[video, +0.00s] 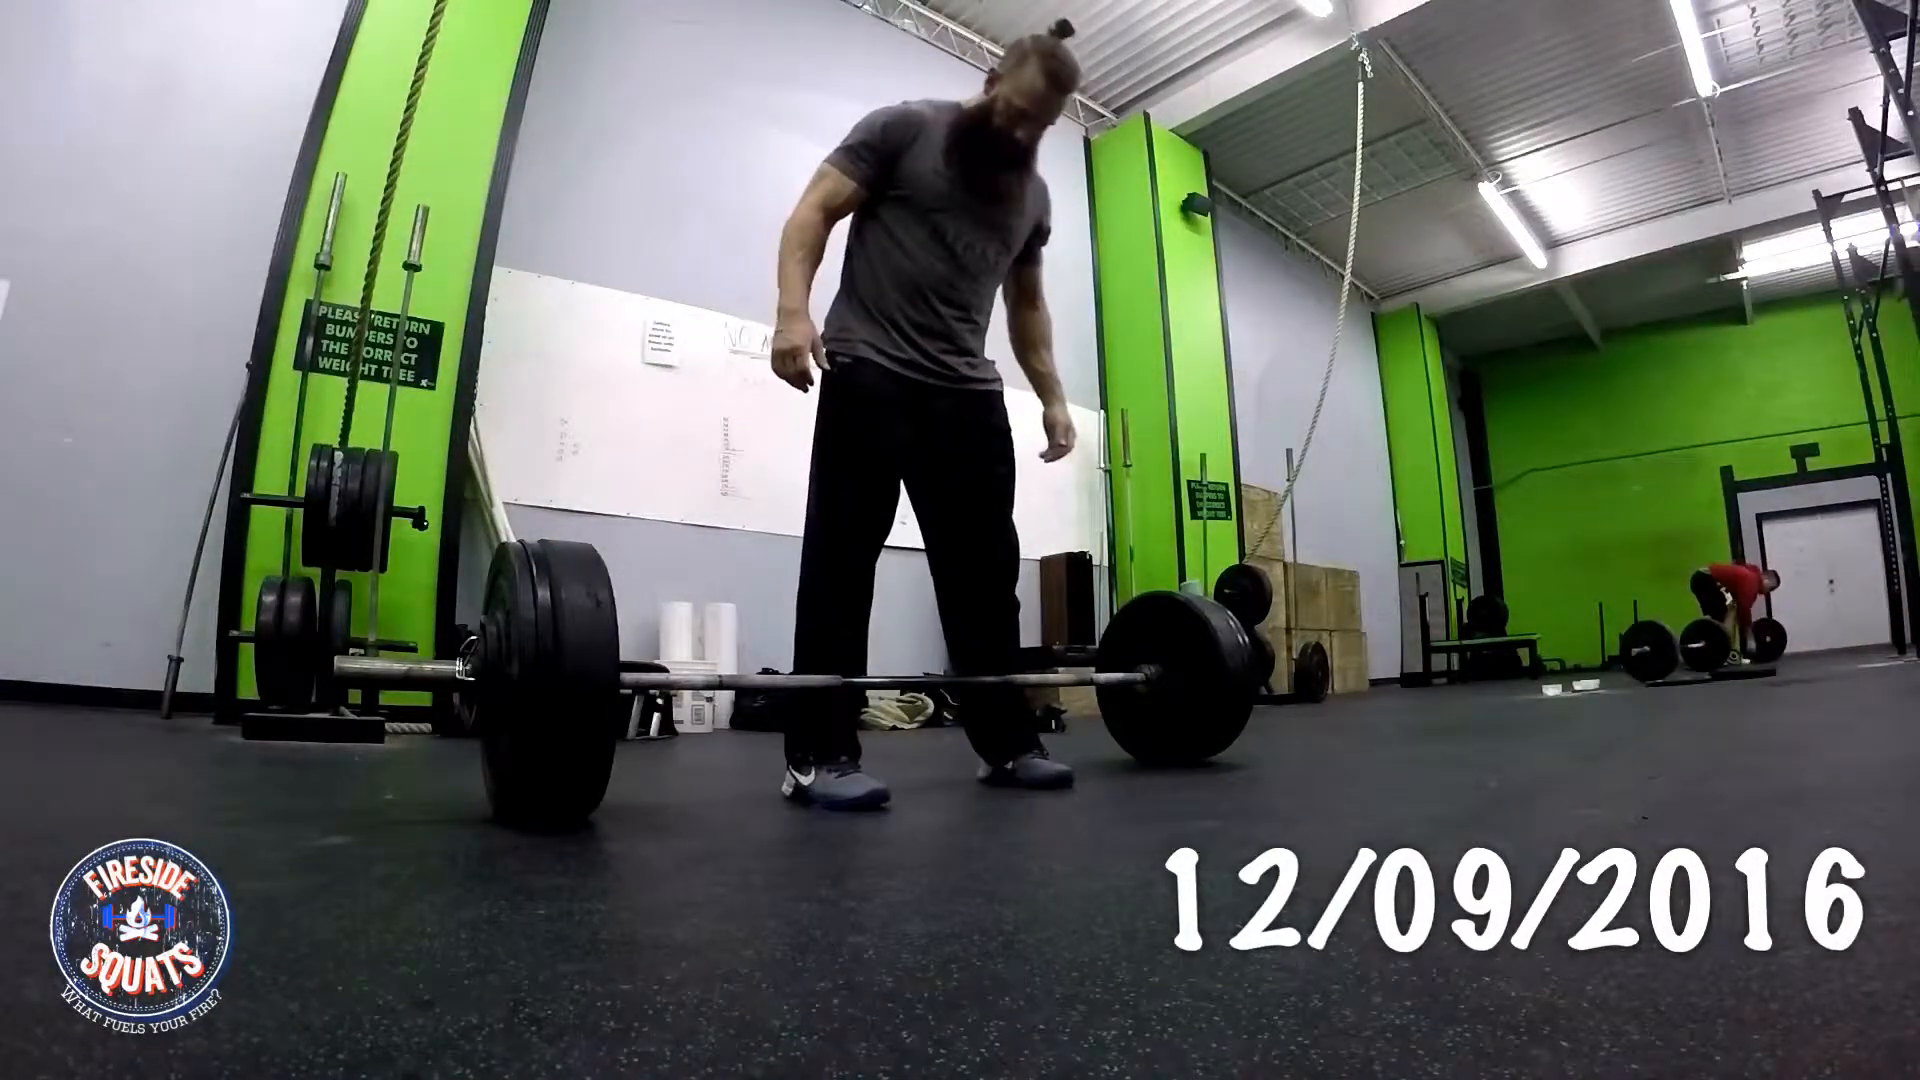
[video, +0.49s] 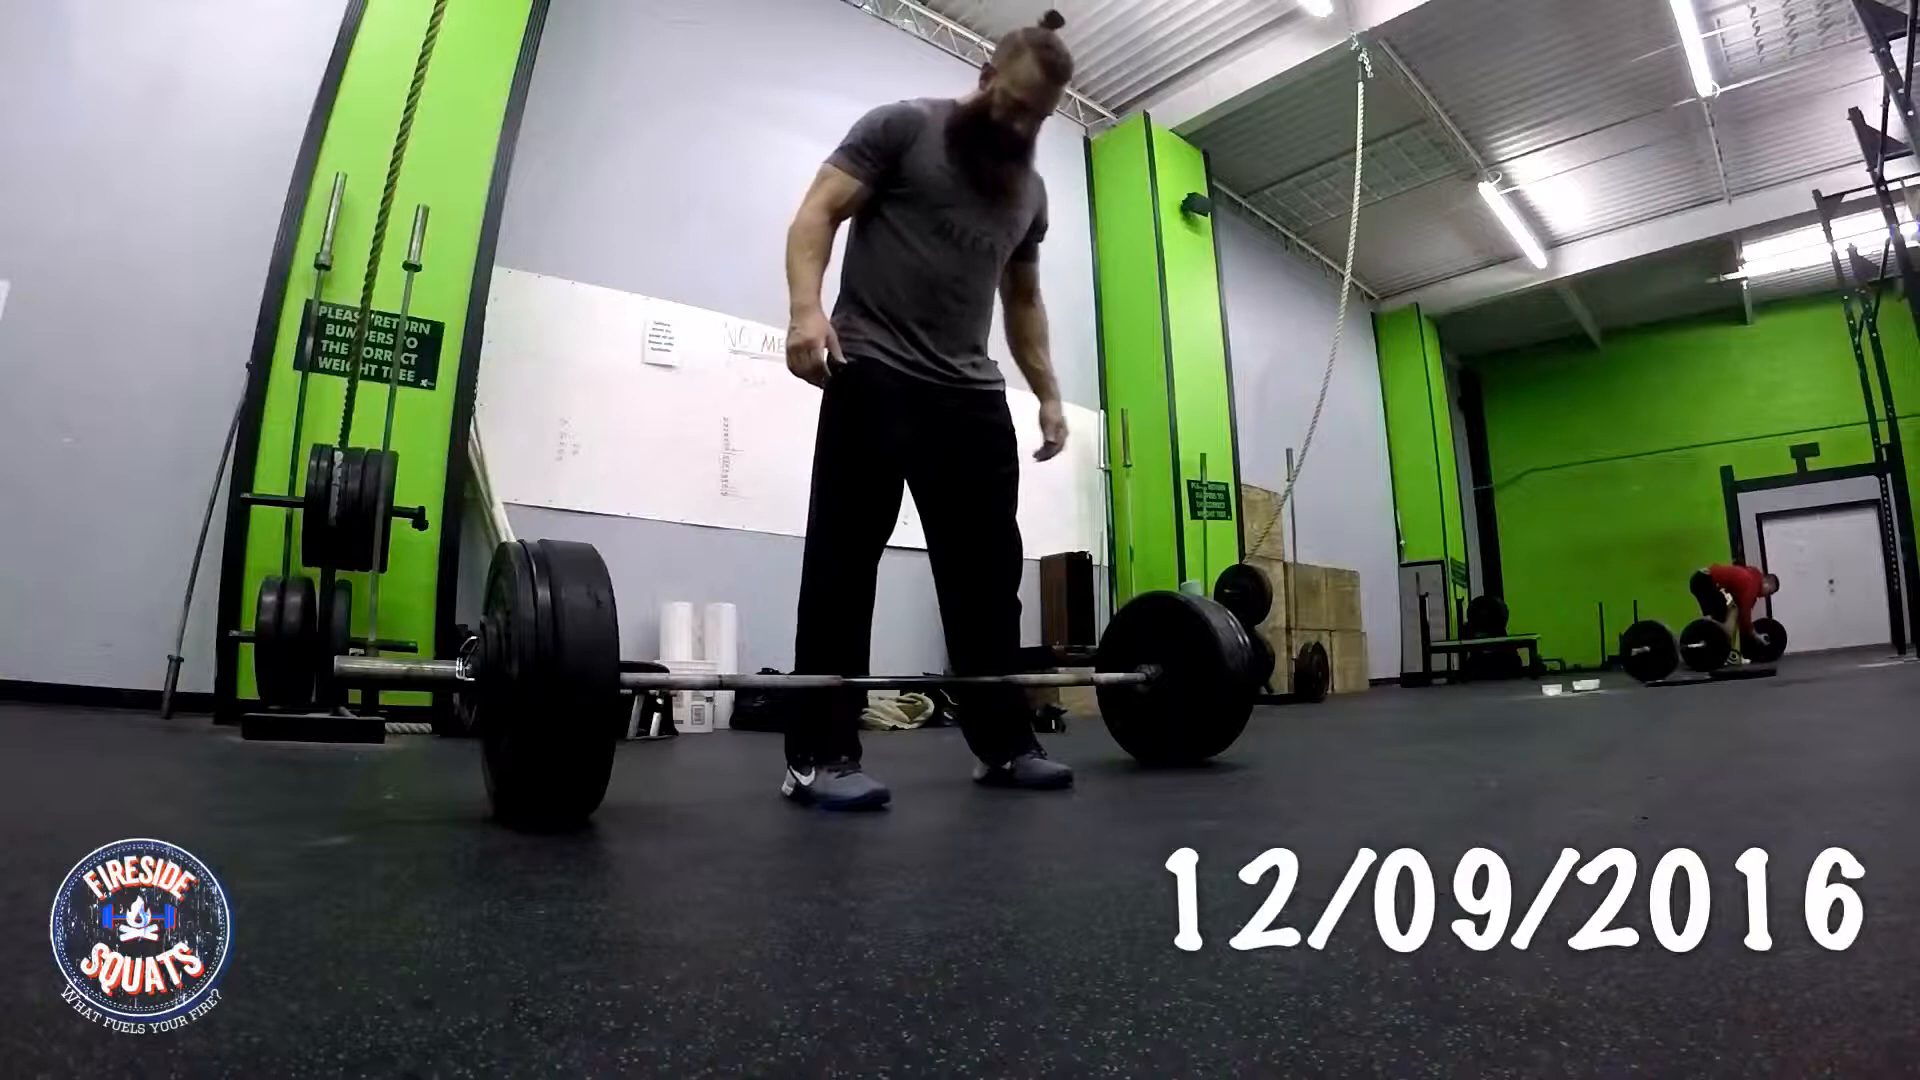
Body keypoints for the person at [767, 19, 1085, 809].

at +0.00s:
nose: (1021, 130)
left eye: (1038, 121)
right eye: (1016, 109)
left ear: (1054, 117)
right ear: (991, 79)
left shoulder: (1030, 197)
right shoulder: (901, 130)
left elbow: (1027, 306)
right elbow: (814, 212)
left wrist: (1053, 399)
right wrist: (793, 316)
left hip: (964, 393)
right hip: (867, 375)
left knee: (983, 568)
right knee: (840, 565)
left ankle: (1007, 746)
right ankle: (820, 758)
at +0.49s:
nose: (1020, 124)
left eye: (1036, 114)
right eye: (1013, 104)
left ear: (1052, 108)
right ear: (986, 75)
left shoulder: (1028, 193)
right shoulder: (902, 128)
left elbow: (1023, 298)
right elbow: (816, 215)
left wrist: (1049, 395)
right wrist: (805, 313)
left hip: (968, 394)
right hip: (870, 376)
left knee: (986, 570)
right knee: (842, 565)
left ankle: (1004, 748)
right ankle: (820, 757)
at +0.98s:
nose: (1000, 46)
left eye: (1007, 37)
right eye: (984, 29)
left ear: (1007, 54)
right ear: (940, 37)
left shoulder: (1002, 166)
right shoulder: (880, 111)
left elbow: (1008, 284)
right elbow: (805, 200)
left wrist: (1052, 366)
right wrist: (812, 287)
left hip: (969, 389)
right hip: (871, 373)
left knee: (979, 572)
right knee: (842, 565)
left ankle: (1004, 747)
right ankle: (820, 757)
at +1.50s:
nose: (969, 47)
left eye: (974, 42)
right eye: (949, 38)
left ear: (979, 73)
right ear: (910, 66)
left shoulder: (1005, 176)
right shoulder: (877, 128)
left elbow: (1039, 276)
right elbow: (831, 216)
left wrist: (1104, 345)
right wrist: (832, 298)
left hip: (987, 389)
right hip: (890, 371)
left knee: (989, 570)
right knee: (855, 564)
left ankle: (1002, 748)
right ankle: (824, 758)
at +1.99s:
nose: (957, 48)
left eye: (964, 44)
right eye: (937, 40)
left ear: (971, 77)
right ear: (898, 69)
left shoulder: (991, 176)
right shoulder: (864, 132)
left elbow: (1015, 279)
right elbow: (810, 214)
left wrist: (1059, 351)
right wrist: (810, 296)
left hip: (980, 388)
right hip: (881, 372)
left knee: (986, 571)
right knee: (849, 565)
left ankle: (1003, 747)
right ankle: (821, 757)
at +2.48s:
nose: (979, 56)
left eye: (986, 51)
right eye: (962, 44)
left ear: (986, 77)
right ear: (920, 64)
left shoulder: (1001, 172)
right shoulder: (874, 123)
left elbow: (1012, 278)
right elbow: (787, 208)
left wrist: (1030, 341)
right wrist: (824, 285)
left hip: (966, 377)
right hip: (871, 362)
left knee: (992, 551)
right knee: (844, 555)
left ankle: (1005, 744)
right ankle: (819, 758)